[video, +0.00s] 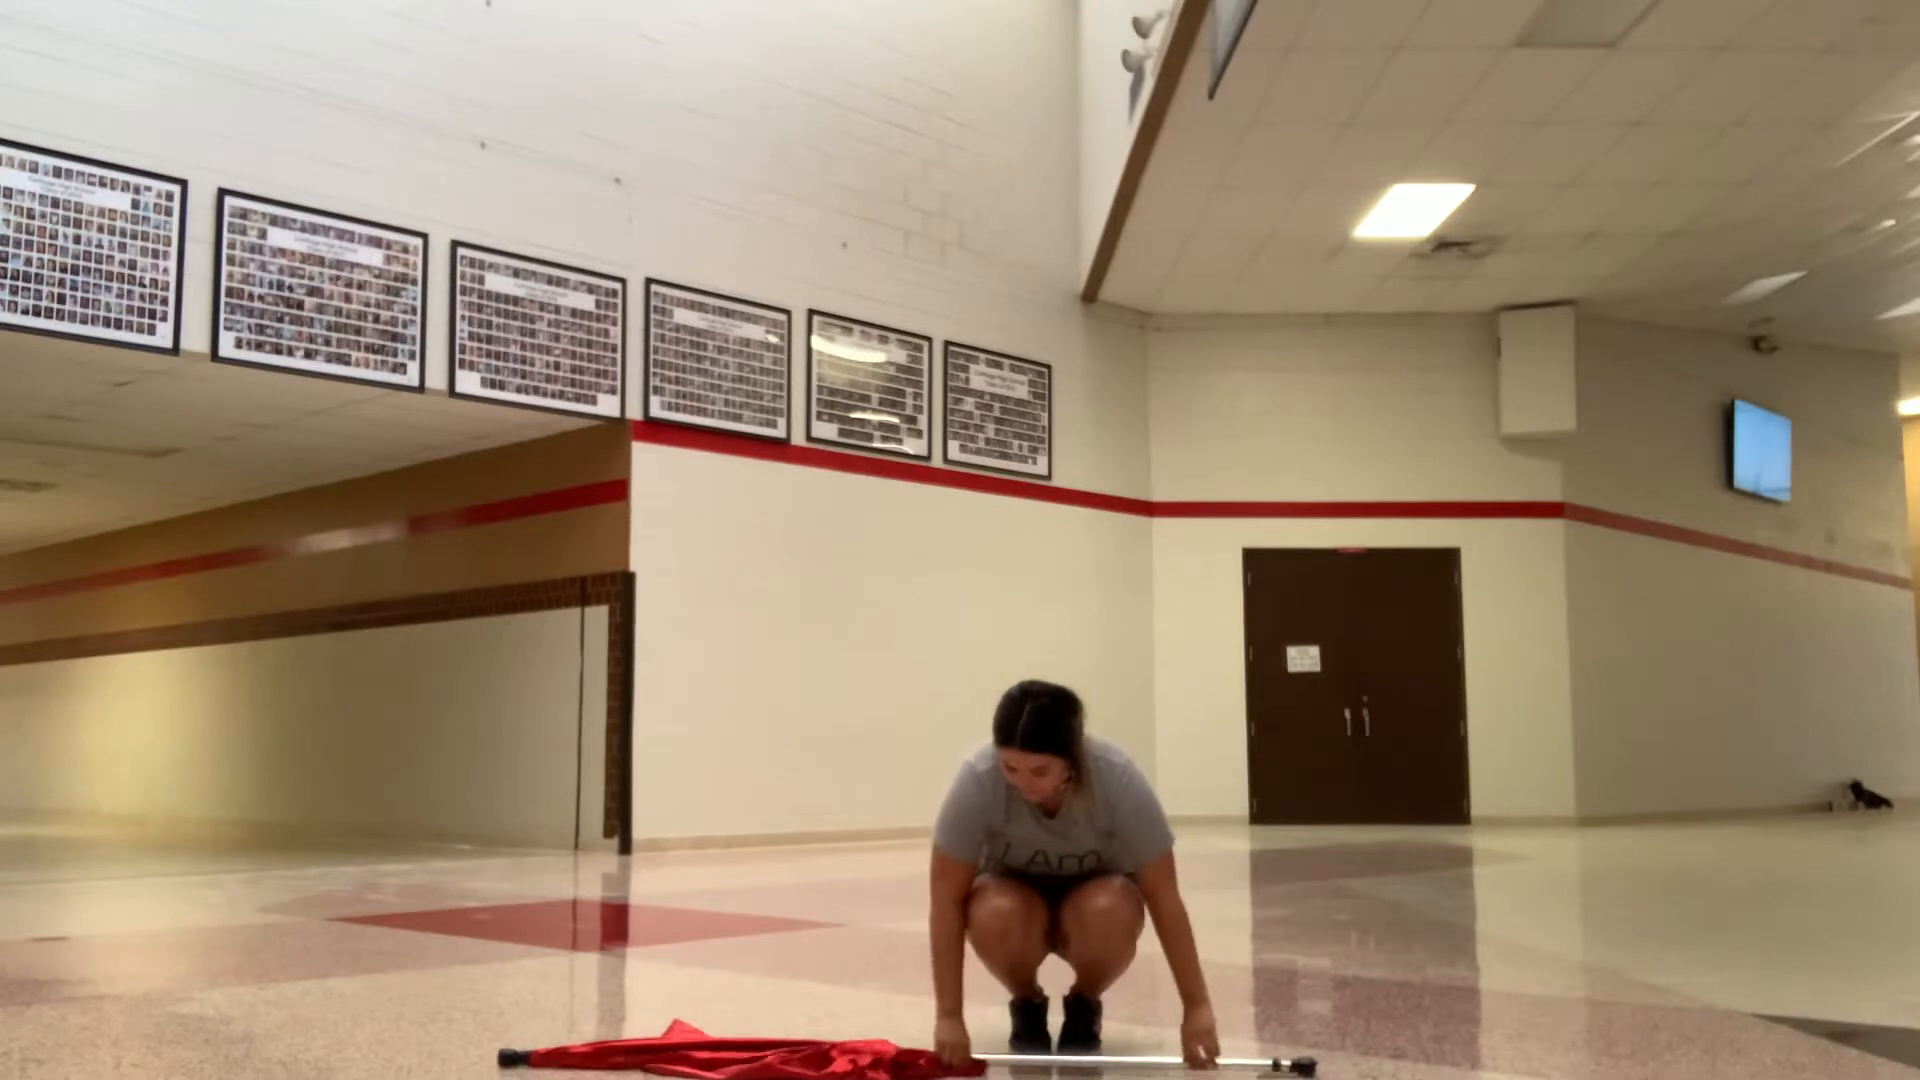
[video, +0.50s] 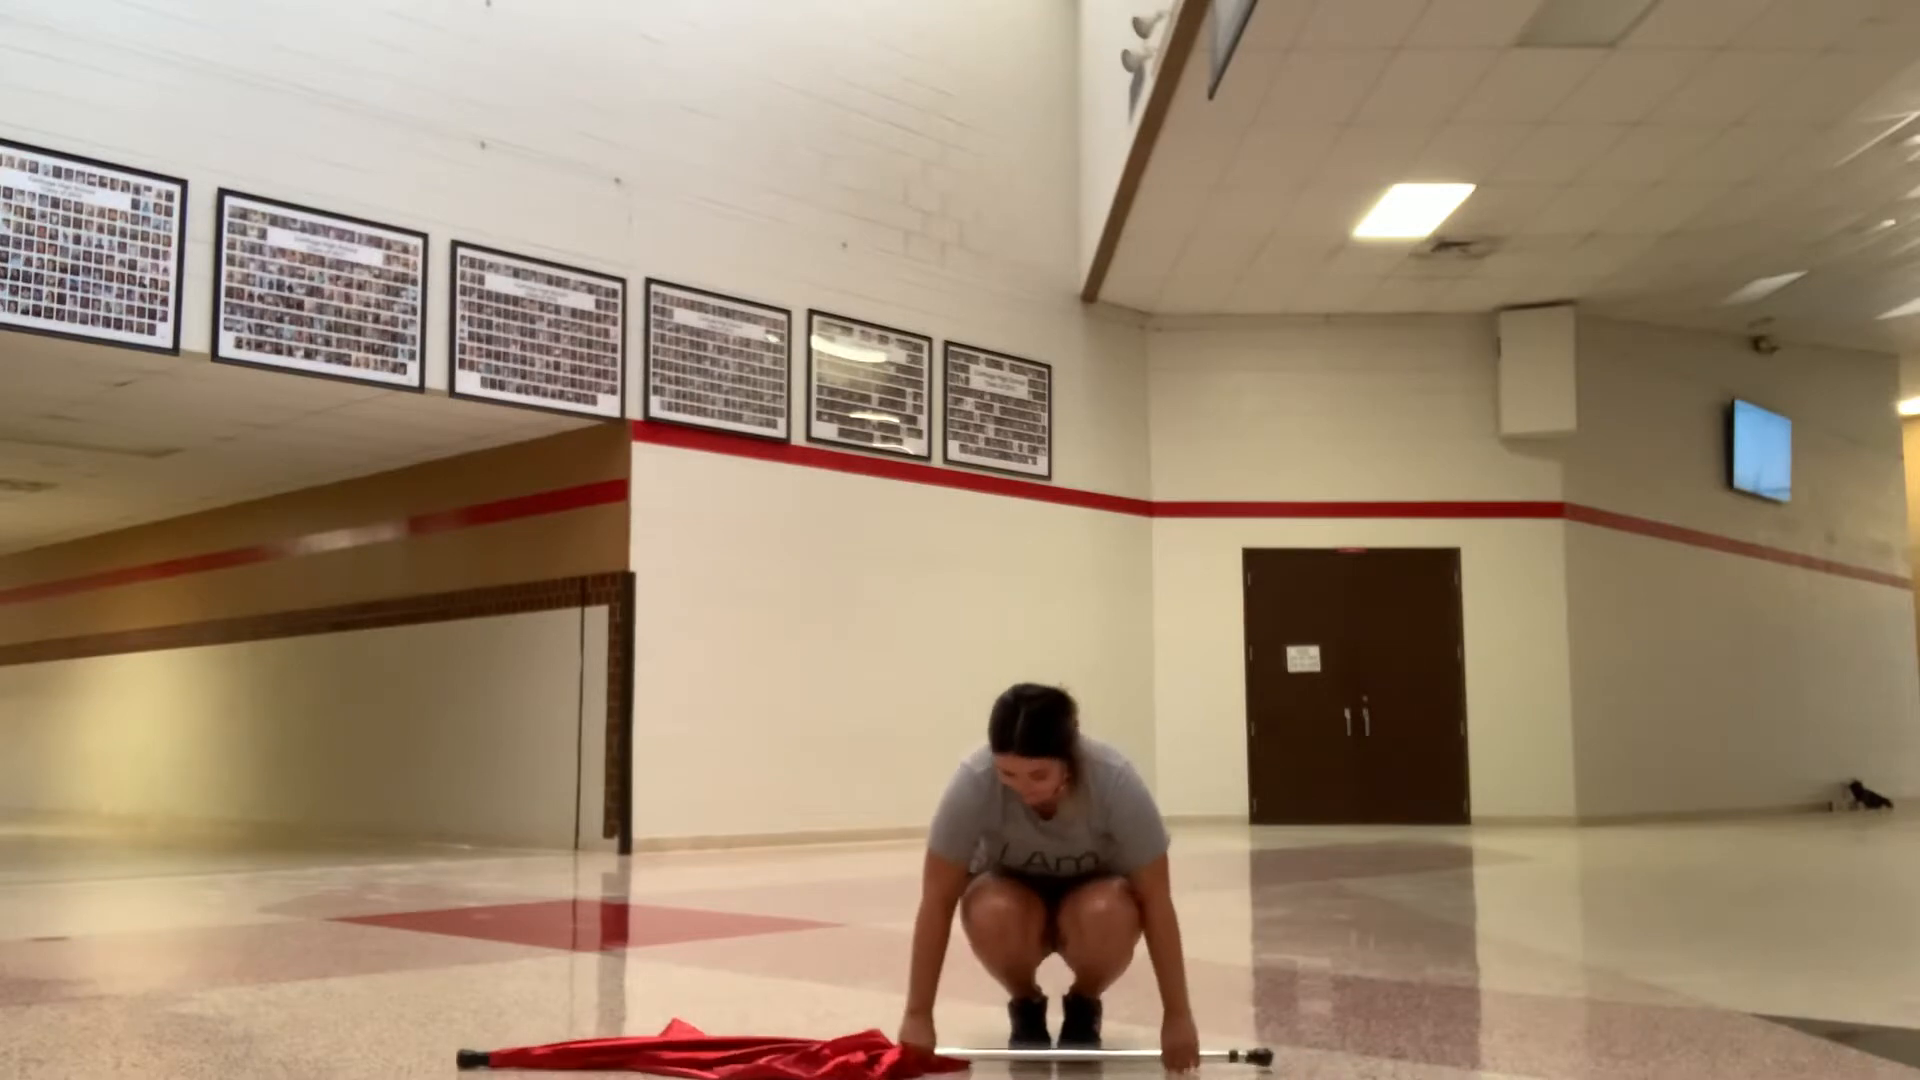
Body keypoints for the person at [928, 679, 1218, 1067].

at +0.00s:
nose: (1023, 784)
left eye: (1039, 772)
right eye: (1011, 769)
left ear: (1071, 757)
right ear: (999, 754)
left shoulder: (1119, 783)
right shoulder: (976, 783)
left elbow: (1164, 899)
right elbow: (946, 907)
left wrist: (1197, 1006)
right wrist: (949, 1016)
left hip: (1089, 909)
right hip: (1015, 909)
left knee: (1110, 909)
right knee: (995, 912)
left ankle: (1085, 1005)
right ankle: (1026, 1004)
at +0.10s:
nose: (1018, 782)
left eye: (1033, 771)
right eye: (1007, 768)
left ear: (1066, 757)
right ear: (996, 753)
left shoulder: (1119, 782)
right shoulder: (976, 783)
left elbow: (1160, 899)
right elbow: (943, 905)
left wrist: (1185, 1007)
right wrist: (934, 1016)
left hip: (1089, 911)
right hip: (1017, 909)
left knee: (1111, 909)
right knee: (996, 912)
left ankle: (1084, 1004)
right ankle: (1026, 1004)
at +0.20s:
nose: (1014, 781)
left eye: (1029, 771)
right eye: (1003, 767)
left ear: (1063, 760)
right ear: (994, 752)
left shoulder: (1118, 781)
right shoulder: (974, 787)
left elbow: (1159, 899)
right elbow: (935, 903)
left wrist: (1179, 1006)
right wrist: (920, 1014)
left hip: (1088, 910)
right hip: (1015, 909)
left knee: (1110, 909)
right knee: (997, 912)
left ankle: (1085, 1003)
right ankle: (1026, 1003)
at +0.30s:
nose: (1014, 783)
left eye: (1029, 772)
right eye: (1002, 769)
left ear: (1062, 761)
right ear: (992, 754)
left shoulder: (1116, 781)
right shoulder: (973, 786)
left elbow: (1157, 899)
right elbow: (934, 901)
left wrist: (1175, 1009)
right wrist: (916, 1013)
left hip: (1088, 910)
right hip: (1014, 909)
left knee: (1110, 909)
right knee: (997, 911)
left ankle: (1085, 1003)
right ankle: (1026, 1004)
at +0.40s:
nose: (1013, 785)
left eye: (1029, 775)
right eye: (1002, 771)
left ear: (1063, 760)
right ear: (993, 754)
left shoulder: (1116, 782)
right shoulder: (973, 787)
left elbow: (1157, 901)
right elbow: (936, 904)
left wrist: (1179, 1014)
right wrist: (917, 1014)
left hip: (1089, 910)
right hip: (1016, 909)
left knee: (1108, 911)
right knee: (994, 911)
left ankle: (1084, 1004)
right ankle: (1025, 1004)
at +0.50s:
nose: (1023, 788)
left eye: (1038, 776)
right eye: (1009, 775)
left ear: (1068, 758)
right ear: (996, 758)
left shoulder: (1116, 783)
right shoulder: (974, 785)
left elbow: (1156, 903)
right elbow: (937, 903)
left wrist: (1178, 1016)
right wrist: (917, 1014)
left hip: (1089, 913)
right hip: (1017, 912)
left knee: (1106, 913)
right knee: (992, 911)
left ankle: (1084, 1004)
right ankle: (1025, 1004)